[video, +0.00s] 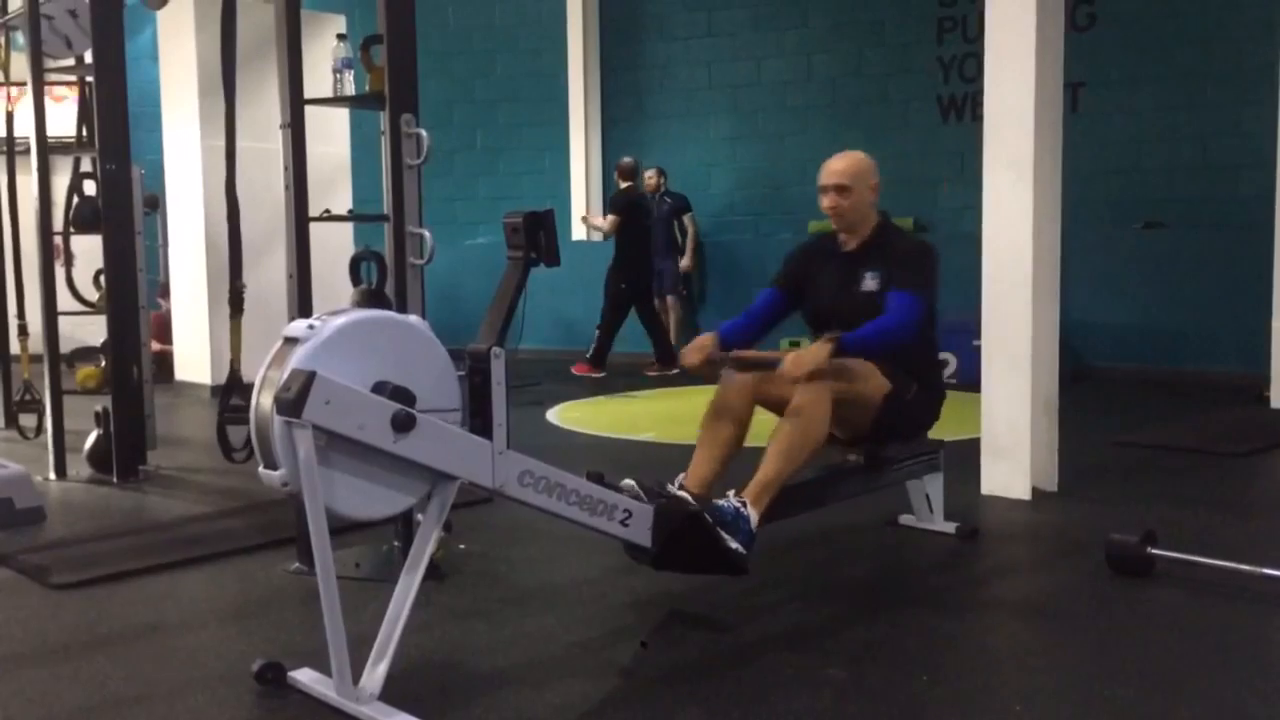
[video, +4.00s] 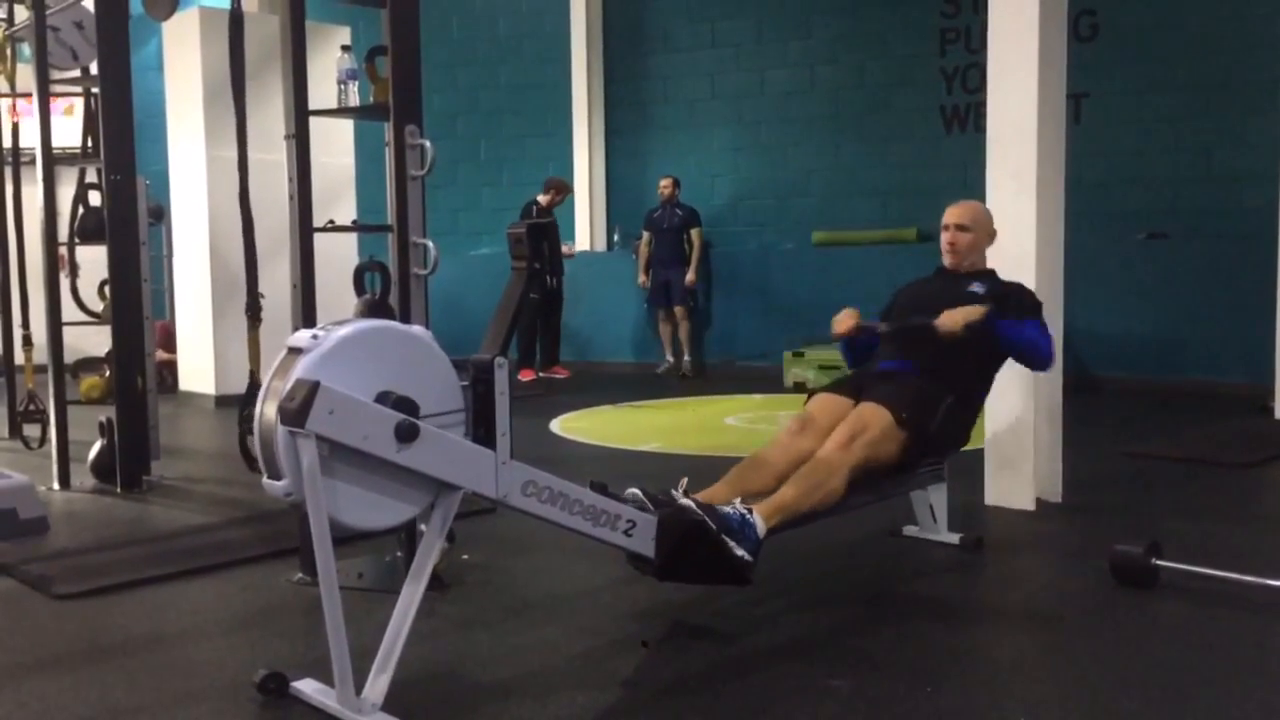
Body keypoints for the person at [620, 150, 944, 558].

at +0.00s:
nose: (829, 203)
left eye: (842, 191)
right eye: (823, 192)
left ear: (873, 191)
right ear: (817, 196)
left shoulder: (909, 253)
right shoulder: (812, 254)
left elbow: (902, 324)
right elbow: (761, 316)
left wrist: (830, 346)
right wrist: (716, 338)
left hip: (903, 396)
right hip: (832, 390)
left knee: (819, 380)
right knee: (738, 376)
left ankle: (746, 512)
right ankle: (687, 496)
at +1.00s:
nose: (945, 236)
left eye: (957, 228)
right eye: (940, 227)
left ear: (985, 236)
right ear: (934, 233)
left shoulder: (1009, 296)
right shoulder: (910, 286)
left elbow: (1046, 358)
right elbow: (859, 357)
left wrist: (1006, 306)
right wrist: (860, 319)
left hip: (929, 384)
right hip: (871, 372)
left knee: (841, 431)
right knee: (795, 423)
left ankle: (750, 516)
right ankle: (691, 500)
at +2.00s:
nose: (793, 202)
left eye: (806, 193)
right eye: (789, 193)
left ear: (839, 205)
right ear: (784, 200)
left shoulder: (875, 260)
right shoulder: (782, 261)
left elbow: (834, 301)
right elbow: (720, 300)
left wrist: (766, 323)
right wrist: (650, 322)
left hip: (881, 413)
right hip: (809, 413)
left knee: (804, 363)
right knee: (716, 362)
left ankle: (744, 521)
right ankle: (687, 505)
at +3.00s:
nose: (832, 215)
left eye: (845, 204)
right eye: (826, 204)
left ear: (876, 205)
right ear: (820, 207)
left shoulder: (910, 264)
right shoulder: (812, 269)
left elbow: (897, 330)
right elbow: (764, 322)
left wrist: (825, 361)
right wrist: (709, 356)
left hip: (904, 408)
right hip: (833, 404)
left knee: (822, 387)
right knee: (739, 374)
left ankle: (748, 522)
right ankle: (687, 505)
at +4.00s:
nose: (949, 238)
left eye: (961, 230)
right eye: (945, 229)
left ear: (990, 238)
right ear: (940, 236)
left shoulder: (1009, 296)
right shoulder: (916, 290)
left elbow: (1042, 355)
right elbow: (867, 356)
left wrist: (986, 318)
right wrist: (853, 333)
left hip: (930, 388)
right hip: (874, 377)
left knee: (846, 445)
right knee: (801, 429)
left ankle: (755, 524)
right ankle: (693, 507)